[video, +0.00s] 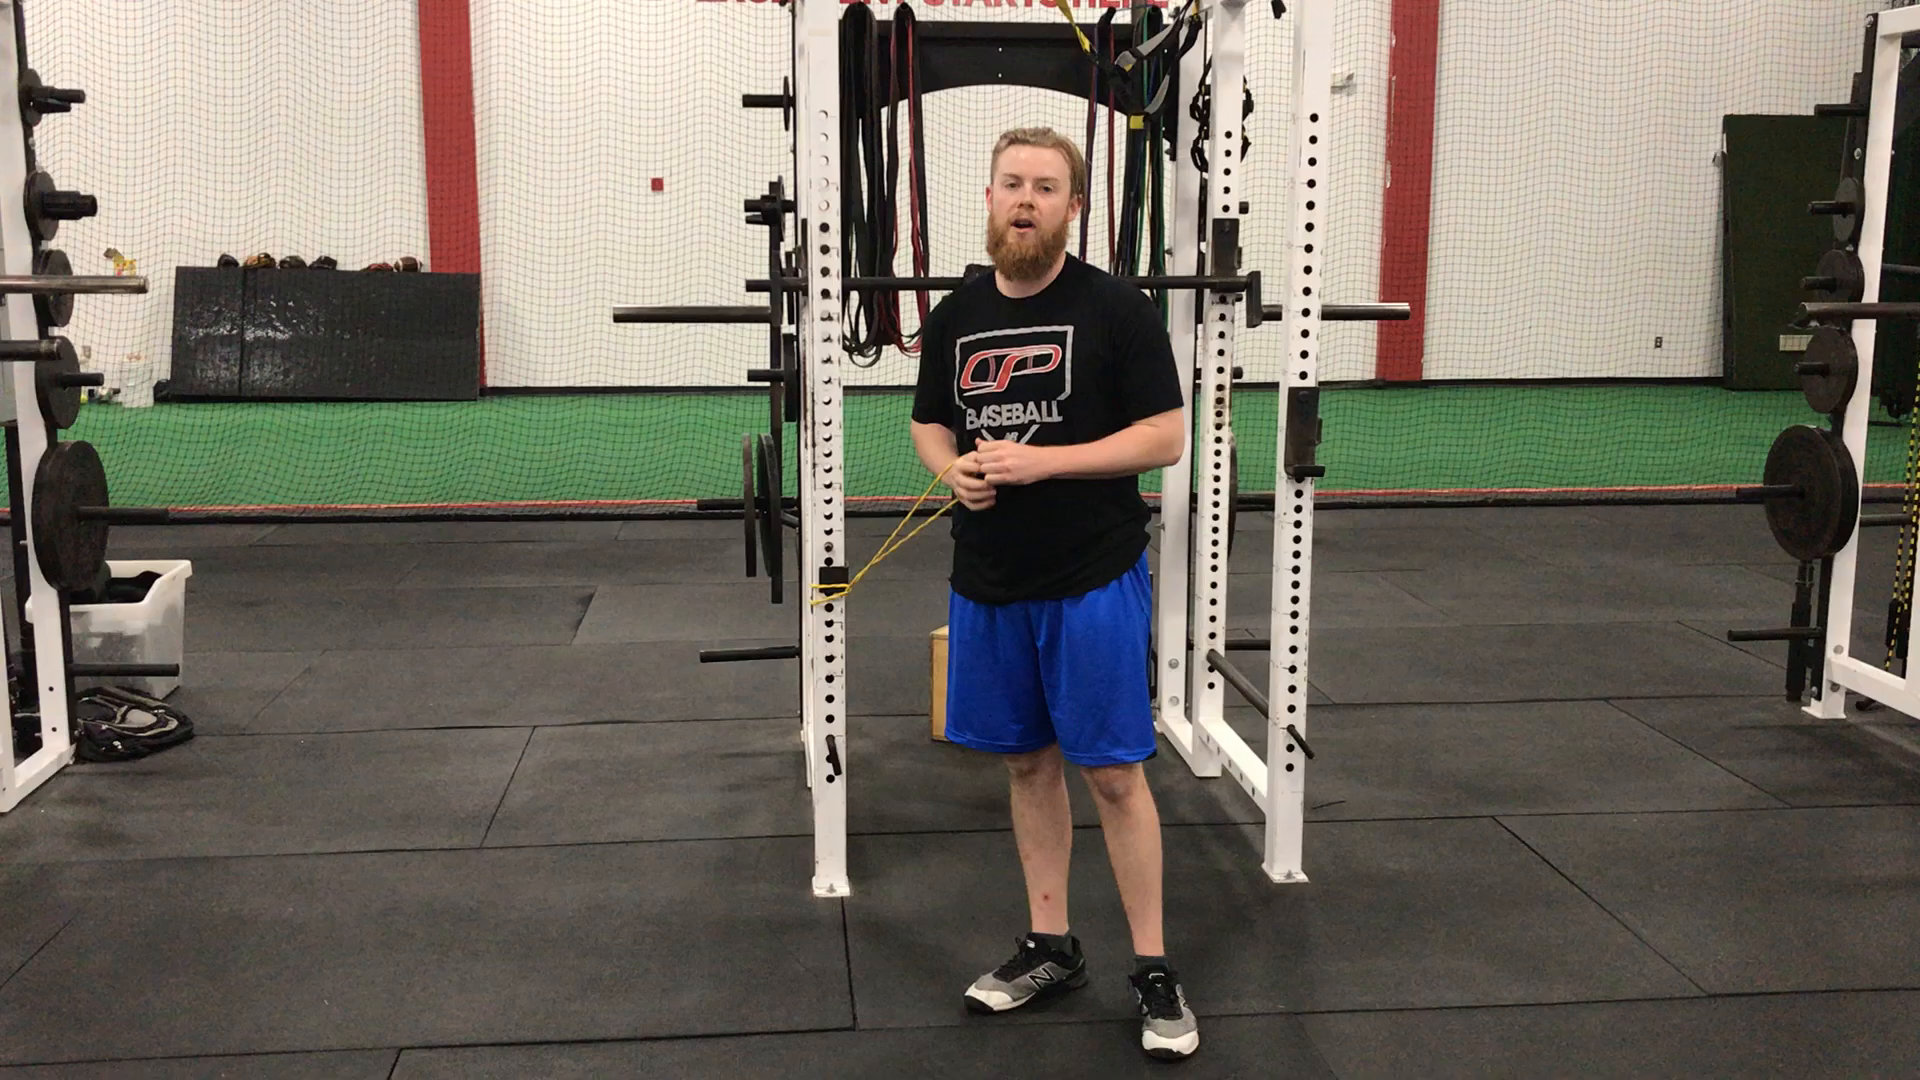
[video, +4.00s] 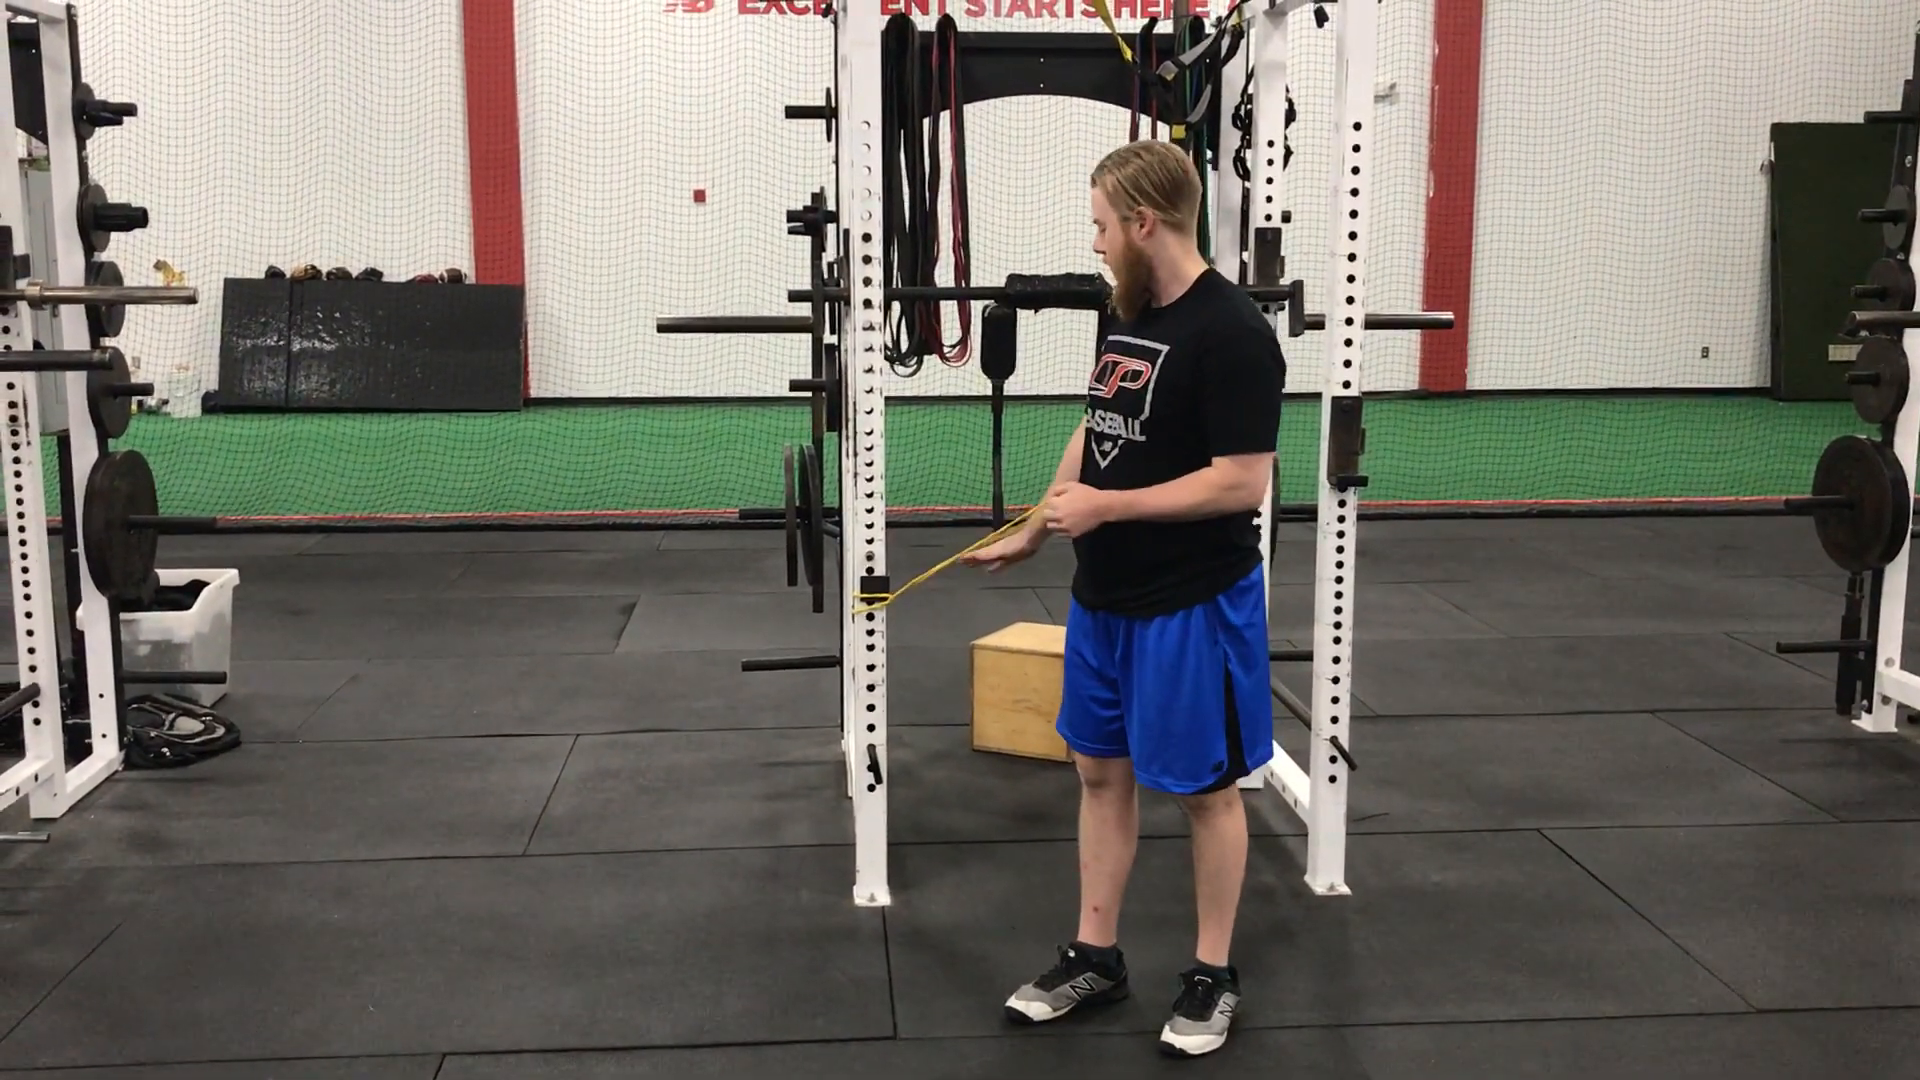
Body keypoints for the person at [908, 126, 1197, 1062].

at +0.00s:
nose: (1024, 199)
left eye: (1044, 187)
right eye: (1012, 183)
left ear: (1074, 208)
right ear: (987, 199)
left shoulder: (1117, 308)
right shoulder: (953, 317)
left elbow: (1165, 437)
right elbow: (929, 429)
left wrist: (1045, 459)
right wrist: (957, 471)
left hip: (1095, 580)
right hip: (992, 583)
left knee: (1115, 777)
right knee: (1028, 765)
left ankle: (1152, 971)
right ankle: (1049, 946)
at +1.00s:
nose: (1030, 225)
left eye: (1050, 210)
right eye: (1019, 210)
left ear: (1089, 224)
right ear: (1002, 222)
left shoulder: (1136, 326)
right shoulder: (978, 326)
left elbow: (1183, 456)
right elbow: (950, 444)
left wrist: (1053, 486)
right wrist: (973, 487)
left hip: (1112, 600)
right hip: (1008, 601)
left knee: (1125, 797)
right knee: (1040, 783)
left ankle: (1160, 990)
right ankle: (1061, 963)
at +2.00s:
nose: (1029, 209)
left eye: (1049, 195)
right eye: (1021, 194)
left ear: (1093, 209)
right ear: (1007, 208)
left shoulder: (1140, 310)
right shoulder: (988, 314)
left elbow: (1174, 444)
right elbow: (969, 430)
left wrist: (1041, 483)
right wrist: (973, 485)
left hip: (1115, 586)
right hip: (1015, 586)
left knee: (1129, 782)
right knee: (1048, 769)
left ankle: (1167, 977)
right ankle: (1066, 950)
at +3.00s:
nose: (1047, 224)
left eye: (1053, 206)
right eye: (1046, 207)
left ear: (1098, 203)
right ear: (1098, 206)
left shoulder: (1181, 315)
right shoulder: (1078, 307)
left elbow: (1194, 460)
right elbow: (1064, 429)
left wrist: (1060, 480)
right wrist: (963, 442)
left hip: (1150, 585)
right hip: (1066, 581)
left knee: (1154, 775)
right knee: (1081, 760)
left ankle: (1195, 963)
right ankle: (1080, 945)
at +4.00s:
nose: (1095, 242)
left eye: (1102, 224)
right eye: (1095, 224)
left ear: (1147, 224)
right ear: (1149, 222)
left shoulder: (1236, 334)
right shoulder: (1128, 317)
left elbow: (1245, 482)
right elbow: (1098, 437)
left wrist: (1107, 505)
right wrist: (1035, 525)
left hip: (1196, 606)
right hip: (1106, 597)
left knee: (1209, 788)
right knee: (1101, 772)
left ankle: (1211, 974)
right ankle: (1095, 958)